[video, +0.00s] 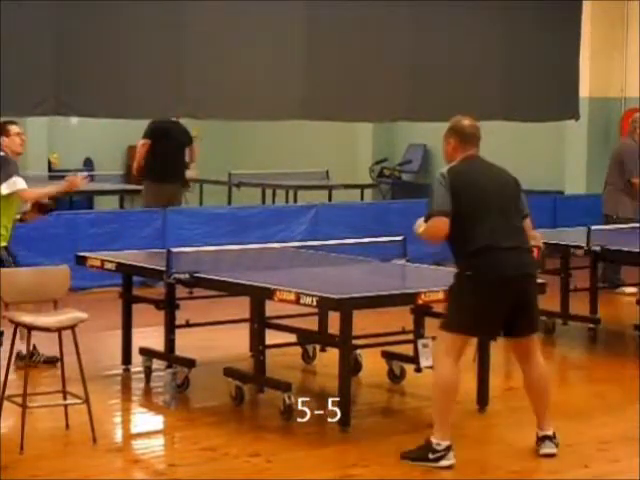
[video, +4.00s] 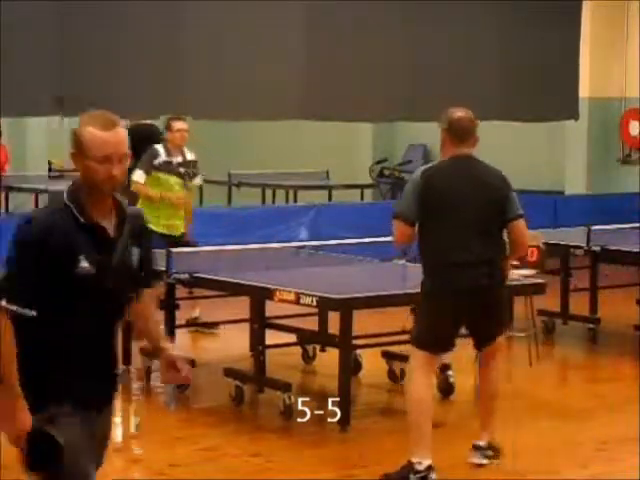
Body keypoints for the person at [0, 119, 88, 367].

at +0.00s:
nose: (23, 140)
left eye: (22, 135)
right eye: (17, 136)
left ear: (8, 141)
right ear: (3, 140)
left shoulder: (8, 164)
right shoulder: (6, 163)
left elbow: (8, 206)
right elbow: (26, 195)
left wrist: (26, 212)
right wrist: (65, 186)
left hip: (4, 242)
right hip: (1, 245)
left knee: (19, 289)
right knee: (21, 288)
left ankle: (27, 347)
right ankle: (26, 348)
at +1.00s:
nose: (70, 144)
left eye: (72, 139)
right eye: (66, 139)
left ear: (70, 142)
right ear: (51, 141)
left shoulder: (65, 172)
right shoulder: (32, 163)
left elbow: (60, 206)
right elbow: (5, 190)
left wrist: (61, 220)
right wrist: (22, 210)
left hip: (40, 237)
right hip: (19, 235)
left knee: (36, 290)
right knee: (37, 288)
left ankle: (21, 341)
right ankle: (27, 345)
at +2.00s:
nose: (105, 174)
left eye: (105, 169)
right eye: (101, 169)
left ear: (80, 169)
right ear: (86, 167)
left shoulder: (57, 183)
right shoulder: (88, 185)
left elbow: (35, 204)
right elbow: (117, 203)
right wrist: (149, 218)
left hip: (26, 248)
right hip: (51, 255)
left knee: (58, 297)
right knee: (79, 303)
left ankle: (49, 341)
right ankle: (46, 350)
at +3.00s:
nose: (147, 164)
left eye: (148, 159)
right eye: (143, 158)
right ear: (128, 158)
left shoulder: (126, 186)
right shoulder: (110, 180)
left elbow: (149, 210)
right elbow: (115, 195)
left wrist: (175, 220)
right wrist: (147, 196)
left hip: (104, 245)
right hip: (83, 246)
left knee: (137, 271)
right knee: (84, 297)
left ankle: (149, 315)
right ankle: (41, 337)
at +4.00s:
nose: (183, 136)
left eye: (185, 131)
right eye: (179, 131)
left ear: (187, 135)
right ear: (168, 134)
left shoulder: (189, 158)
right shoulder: (154, 153)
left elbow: (189, 195)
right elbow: (136, 183)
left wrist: (188, 225)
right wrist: (166, 196)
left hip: (178, 225)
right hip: (154, 224)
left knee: (190, 269)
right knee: (156, 275)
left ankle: (194, 314)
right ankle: (146, 318)